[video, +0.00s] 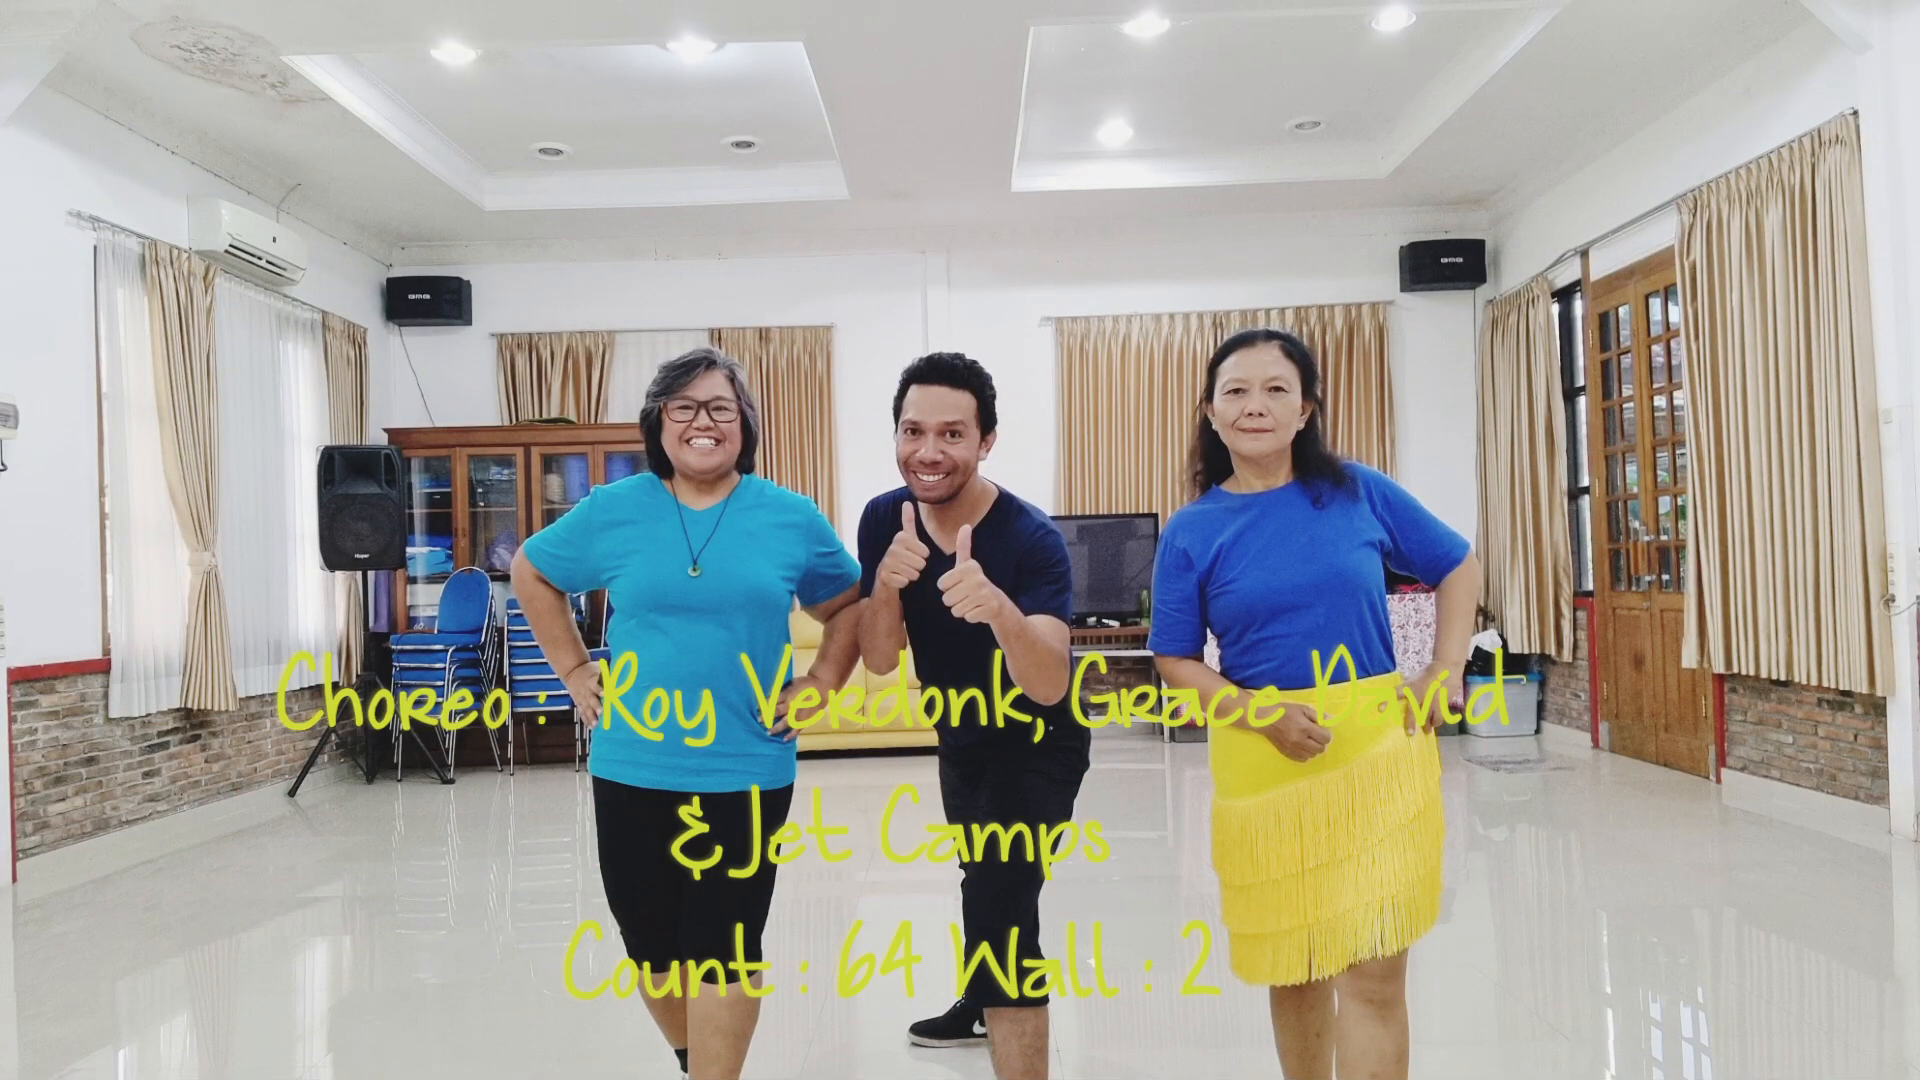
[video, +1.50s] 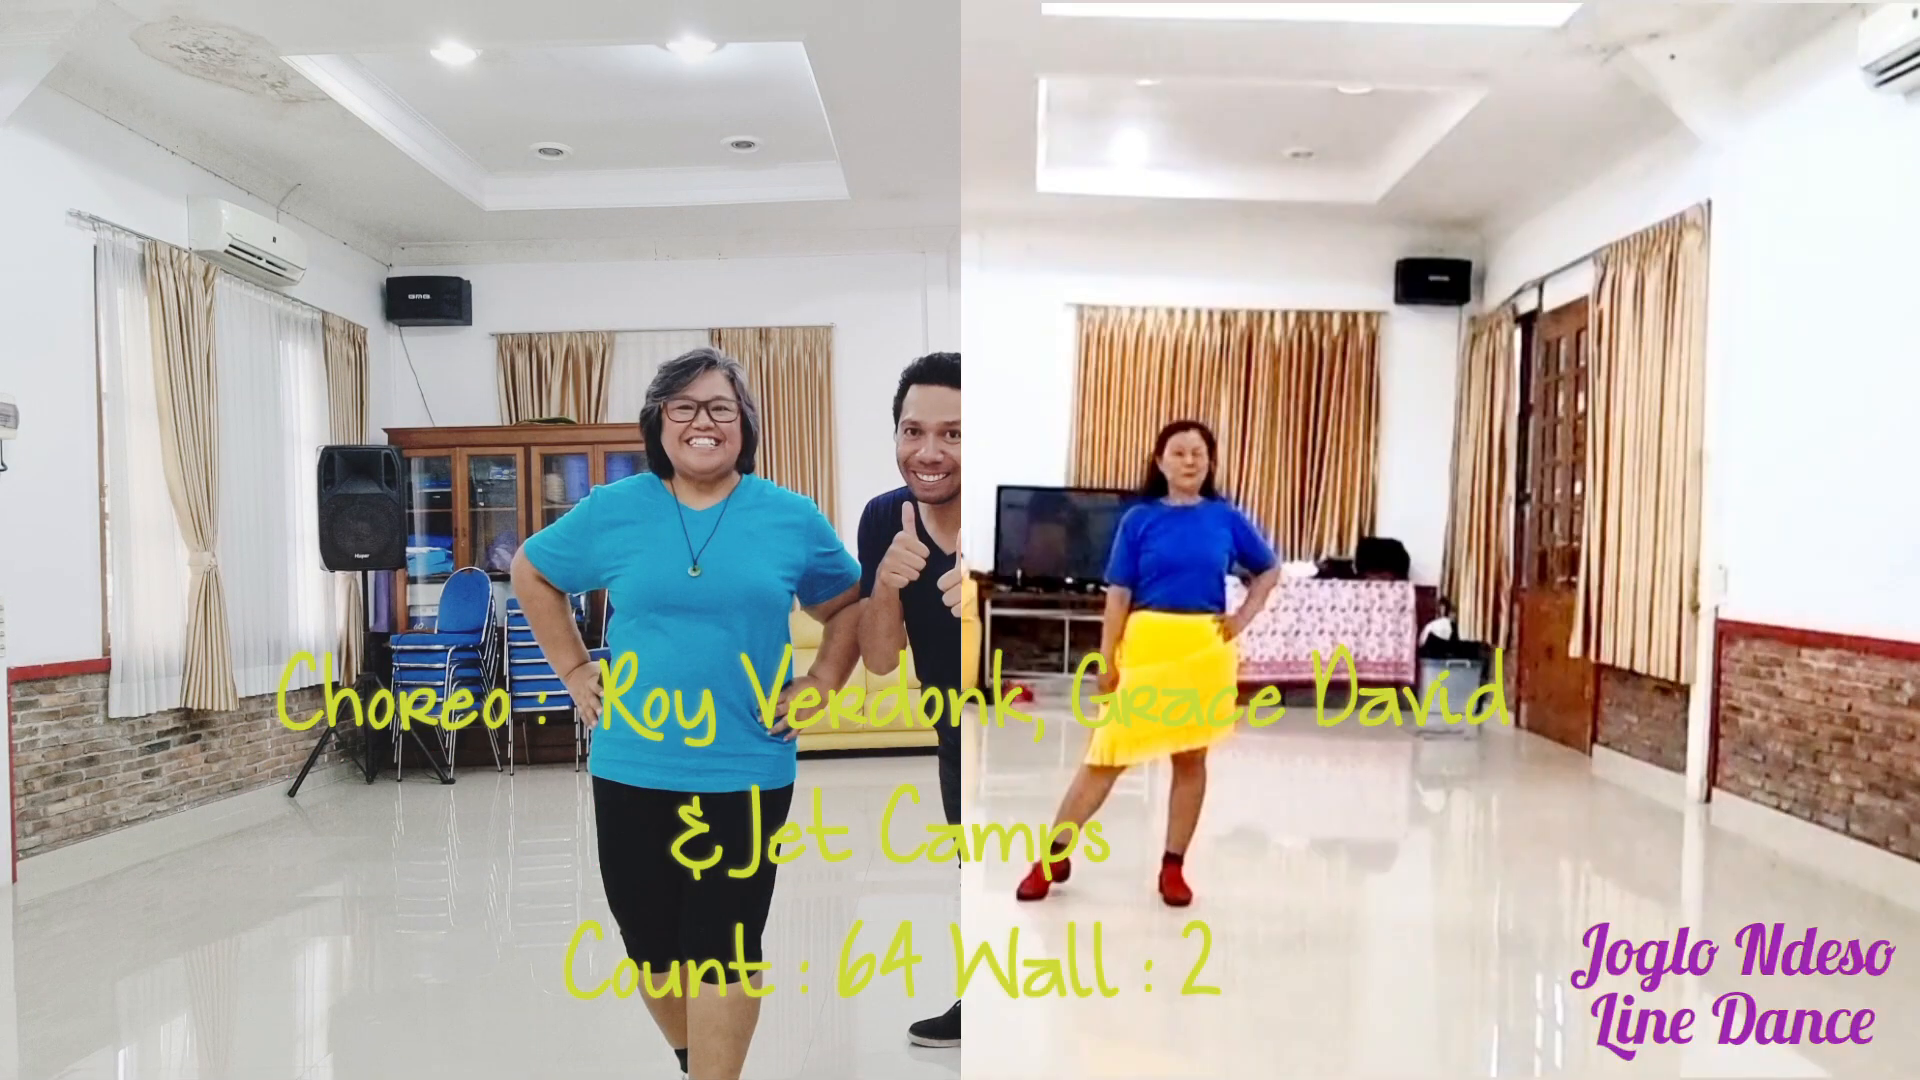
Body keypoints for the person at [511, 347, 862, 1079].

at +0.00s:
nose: (703, 421)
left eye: (720, 409)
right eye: (686, 408)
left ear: (746, 427)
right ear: (659, 425)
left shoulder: (790, 518)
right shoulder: (614, 510)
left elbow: (848, 607)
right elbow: (530, 570)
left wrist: (822, 681)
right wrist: (573, 668)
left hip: (745, 774)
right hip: (632, 774)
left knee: (725, 960)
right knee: (656, 963)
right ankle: (704, 1066)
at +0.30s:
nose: (703, 421)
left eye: (720, 409)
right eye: (686, 408)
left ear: (746, 427)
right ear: (659, 425)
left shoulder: (790, 518)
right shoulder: (614, 510)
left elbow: (848, 607)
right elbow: (530, 570)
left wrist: (822, 682)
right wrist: (573, 668)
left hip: (745, 774)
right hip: (632, 774)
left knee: (725, 960)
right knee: (656, 963)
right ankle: (704, 1066)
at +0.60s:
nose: (703, 421)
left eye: (720, 409)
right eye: (686, 408)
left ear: (746, 427)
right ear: (659, 424)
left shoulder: (790, 518)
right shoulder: (613, 510)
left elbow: (848, 606)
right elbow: (530, 570)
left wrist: (822, 681)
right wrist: (574, 667)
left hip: (745, 774)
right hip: (632, 774)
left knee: (724, 959)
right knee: (656, 963)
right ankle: (703, 1066)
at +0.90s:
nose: (703, 421)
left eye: (720, 409)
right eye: (686, 408)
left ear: (746, 427)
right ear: (659, 424)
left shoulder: (790, 518)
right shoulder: (613, 510)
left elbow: (848, 606)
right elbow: (530, 570)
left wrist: (822, 681)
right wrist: (574, 667)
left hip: (745, 774)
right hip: (632, 774)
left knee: (724, 959)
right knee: (656, 963)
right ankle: (703, 1066)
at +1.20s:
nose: (703, 421)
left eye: (720, 409)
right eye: (686, 408)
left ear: (746, 427)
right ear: (659, 425)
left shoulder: (790, 518)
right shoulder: (614, 510)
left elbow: (848, 607)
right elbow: (530, 570)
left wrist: (821, 682)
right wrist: (573, 668)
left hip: (745, 774)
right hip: (632, 774)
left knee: (725, 959)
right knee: (656, 962)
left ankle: (714, 1079)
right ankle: (703, 1066)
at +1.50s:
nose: (703, 421)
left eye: (720, 409)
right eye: (686, 408)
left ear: (746, 428)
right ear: (659, 425)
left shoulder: (790, 518)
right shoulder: (613, 510)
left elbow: (848, 607)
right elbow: (530, 570)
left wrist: (821, 682)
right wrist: (574, 667)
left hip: (745, 774)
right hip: (632, 774)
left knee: (725, 959)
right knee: (656, 962)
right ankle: (703, 1066)